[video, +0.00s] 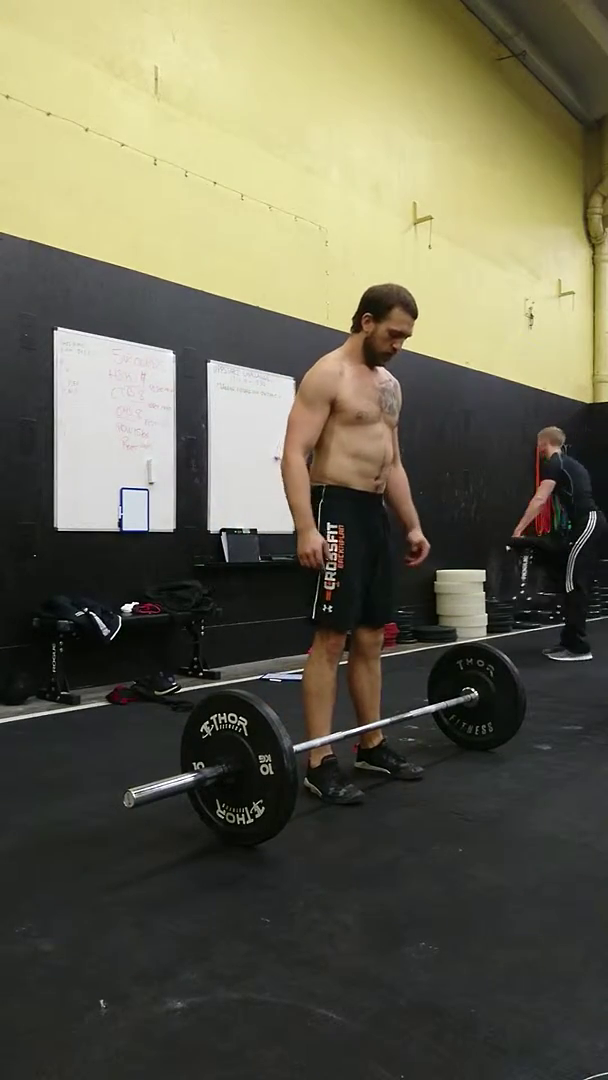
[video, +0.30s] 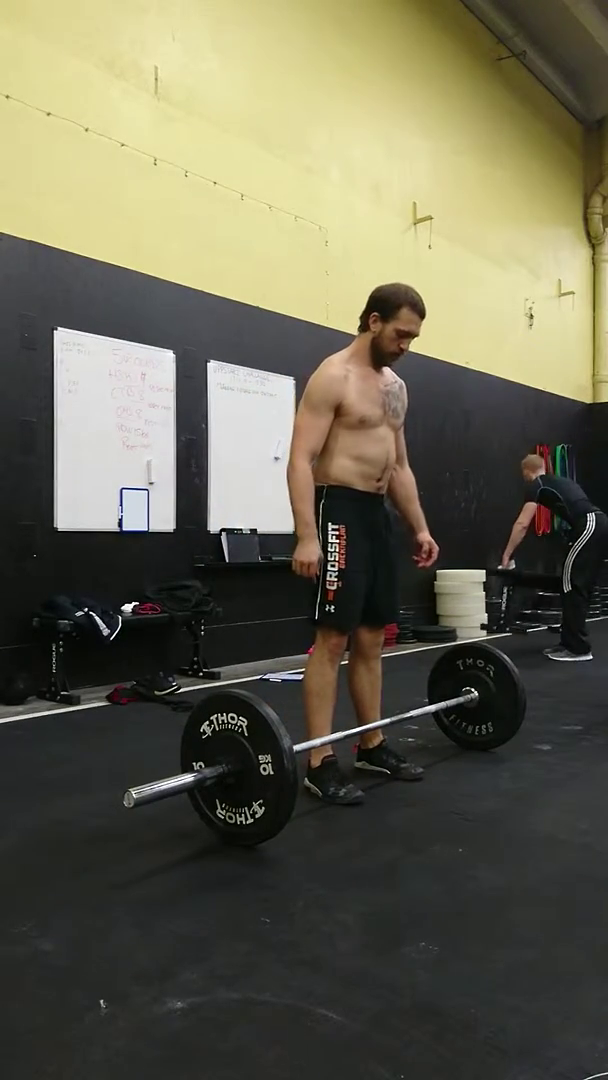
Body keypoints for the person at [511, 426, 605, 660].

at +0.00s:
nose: (538, 450)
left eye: (539, 445)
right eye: (538, 446)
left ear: (546, 444)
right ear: (560, 445)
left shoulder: (555, 462)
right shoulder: (571, 463)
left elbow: (539, 499)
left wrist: (520, 527)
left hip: (587, 521)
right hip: (590, 520)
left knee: (573, 578)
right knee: (575, 579)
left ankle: (576, 645)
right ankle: (572, 641)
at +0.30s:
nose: (525, 479)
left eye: (524, 476)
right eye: (524, 476)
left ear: (528, 473)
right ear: (544, 469)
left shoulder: (537, 485)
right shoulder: (558, 480)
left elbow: (522, 525)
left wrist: (506, 555)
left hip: (590, 524)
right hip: (596, 522)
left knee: (570, 580)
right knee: (576, 582)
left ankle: (577, 647)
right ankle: (571, 642)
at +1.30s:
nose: (508, 505)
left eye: (508, 500)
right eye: (506, 502)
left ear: (519, 493)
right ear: (522, 492)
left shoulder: (530, 504)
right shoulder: (541, 499)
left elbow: (520, 546)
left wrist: (504, 578)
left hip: (590, 527)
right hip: (599, 525)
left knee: (569, 585)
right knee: (580, 586)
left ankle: (578, 648)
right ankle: (569, 642)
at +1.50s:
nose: (506, 483)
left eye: (507, 477)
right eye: (503, 481)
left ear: (521, 470)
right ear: (522, 473)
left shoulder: (533, 487)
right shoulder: (541, 486)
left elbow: (540, 529)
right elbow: (567, 526)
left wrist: (525, 559)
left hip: (593, 525)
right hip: (590, 525)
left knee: (574, 582)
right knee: (572, 582)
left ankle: (578, 647)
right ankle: (570, 641)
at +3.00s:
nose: (517, 456)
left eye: (517, 450)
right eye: (514, 453)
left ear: (529, 443)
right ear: (525, 447)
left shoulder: (552, 459)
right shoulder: (540, 466)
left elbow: (559, 496)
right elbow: (552, 506)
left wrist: (539, 526)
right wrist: (549, 538)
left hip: (579, 524)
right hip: (564, 528)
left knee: (571, 582)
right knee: (560, 583)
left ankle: (582, 646)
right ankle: (566, 641)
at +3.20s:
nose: (536, 437)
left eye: (539, 431)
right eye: (533, 435)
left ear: (550, 429)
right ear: (532, 438)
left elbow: (573, 490)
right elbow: (550, 497)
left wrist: (546, 515)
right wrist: (545, 527)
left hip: (577, 522)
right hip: (558, 524)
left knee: (573, 582)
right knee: (559, 583)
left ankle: (578, 647)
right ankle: (565, 639)